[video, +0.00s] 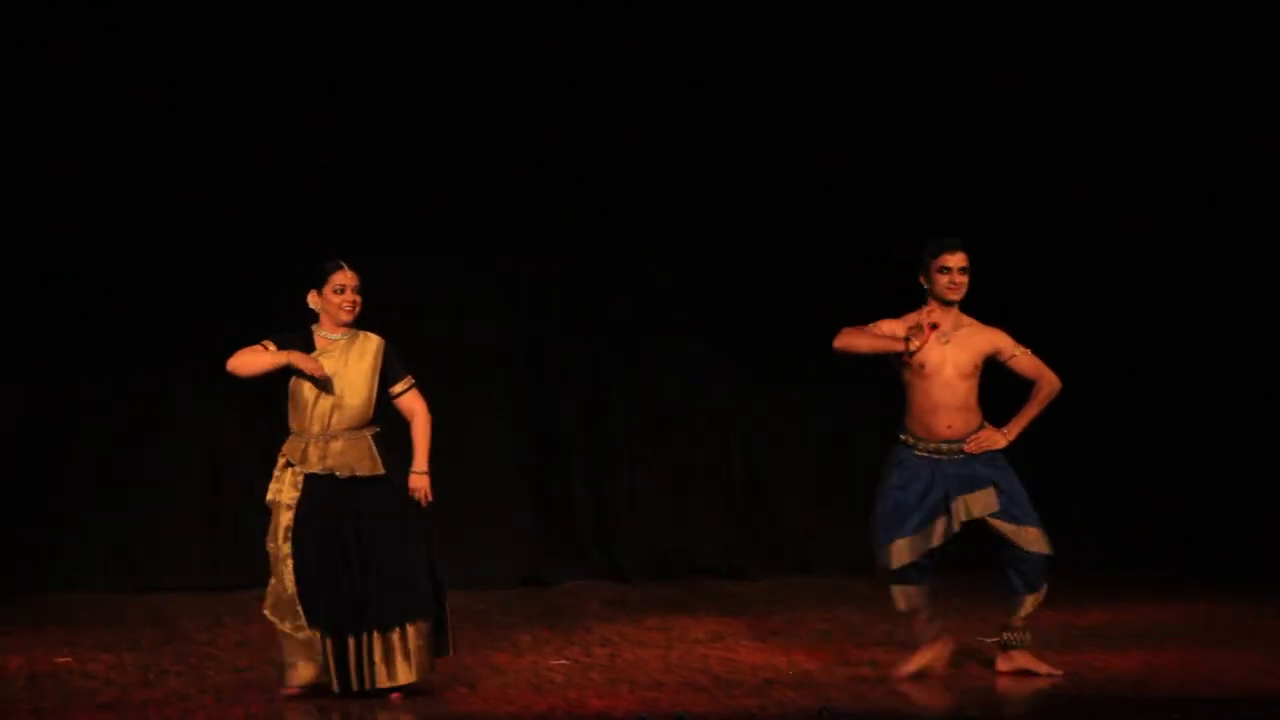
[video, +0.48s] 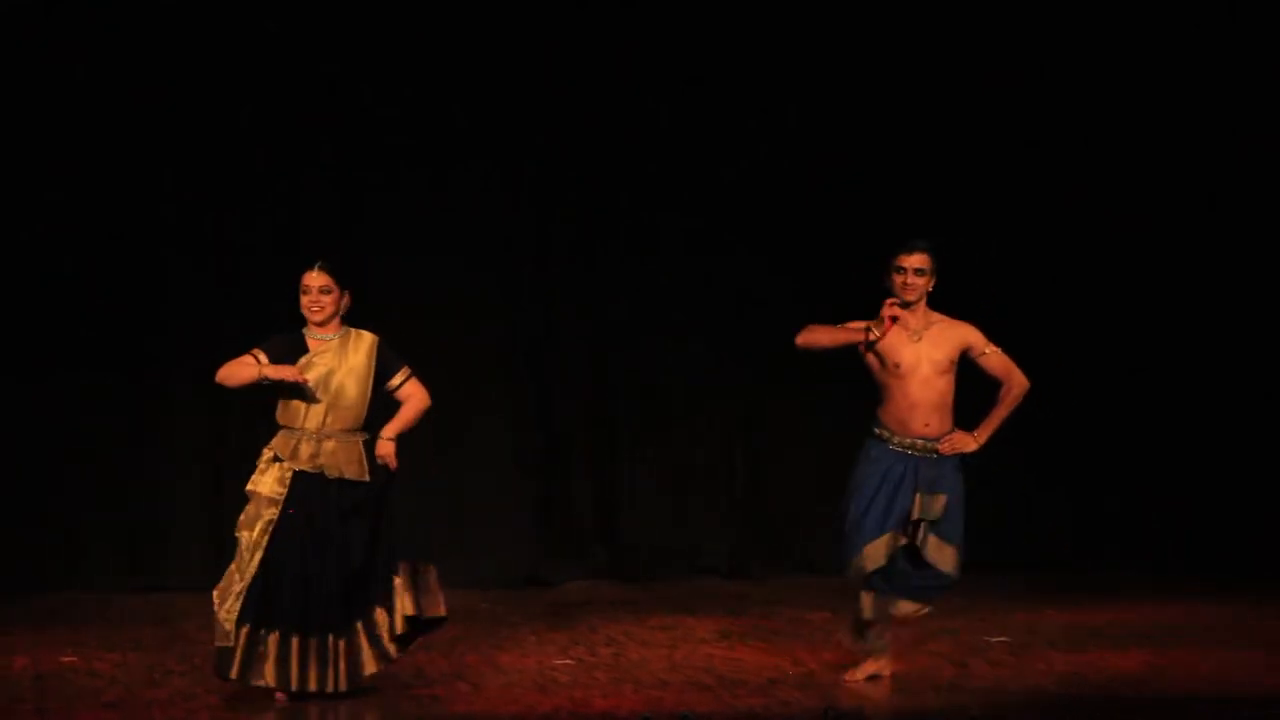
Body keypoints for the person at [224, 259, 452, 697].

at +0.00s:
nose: (351, 298)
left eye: (356, 291)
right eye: (340, 290)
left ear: (361, 299)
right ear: (316, 298)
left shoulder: (374, 348)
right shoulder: (297, 344)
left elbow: (418, 410)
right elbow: (237, 364)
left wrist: (420, 468)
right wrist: (289, 358)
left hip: (362, 470)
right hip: (305, 471)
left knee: (381, 562)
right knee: (299, 566)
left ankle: (390, 671)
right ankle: (304, 667)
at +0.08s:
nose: (340, 298)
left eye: (347, 291)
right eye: (330, 290)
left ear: (354, 297)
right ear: (311, 296)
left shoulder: (370, 347)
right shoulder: (292, 342)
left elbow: (417, 405)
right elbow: (230, 365)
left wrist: (410, 459)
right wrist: (283, 361)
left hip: (355, 471)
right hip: (297, 471)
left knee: (372, 566)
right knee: (295, 571)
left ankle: (387, 670)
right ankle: (292, 677)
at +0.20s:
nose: (319, 297)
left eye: (328, 289)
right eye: (312, 290)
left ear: (346, 295)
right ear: (302, 296)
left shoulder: (369, 346)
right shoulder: (289, 343)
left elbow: (417, 400)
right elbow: (225, 370)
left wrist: (394, 445)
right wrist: (276, 366)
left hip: (350, 473)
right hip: (292, 471)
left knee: (355, 568)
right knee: (296, 572)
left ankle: (360, 671)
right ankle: (300, 678)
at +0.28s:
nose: (314, 298)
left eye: (323, 290)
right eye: (307, 290)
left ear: (342, 295)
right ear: (298, 297)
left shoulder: (366, 345)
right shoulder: (286, 342)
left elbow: (417, 397)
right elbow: (223, 373)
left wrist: (387, 437)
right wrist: (272, 368)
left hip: (347, 472)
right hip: (290, 470)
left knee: (348, 568)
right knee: (292, 570)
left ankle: (352, 668)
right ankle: (296, 676)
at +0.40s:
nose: (314, 299)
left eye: (324, 291)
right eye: (307, 291)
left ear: (342, 297)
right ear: (299, 298)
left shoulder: (367, 345)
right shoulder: (288, 343)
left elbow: (419, 396)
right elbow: (223, 374)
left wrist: (387, 432)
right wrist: (270, 370)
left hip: (346, 472)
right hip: (290, 469)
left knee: (341, 569)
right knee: (284, 568)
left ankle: (338, 672)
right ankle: (287, 673)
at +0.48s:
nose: (314, 299)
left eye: (324, 292)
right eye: (307, 292)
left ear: (343, 298)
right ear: (299, 299)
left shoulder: (367, 347)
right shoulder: (287, 344)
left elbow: (418, 398)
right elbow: (224, 375)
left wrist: (388, 434)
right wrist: (269, 371)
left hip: (345, 473)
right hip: (289, 471)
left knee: (341, 569)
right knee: (284, 569)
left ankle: (337, 673)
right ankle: (286, 677)